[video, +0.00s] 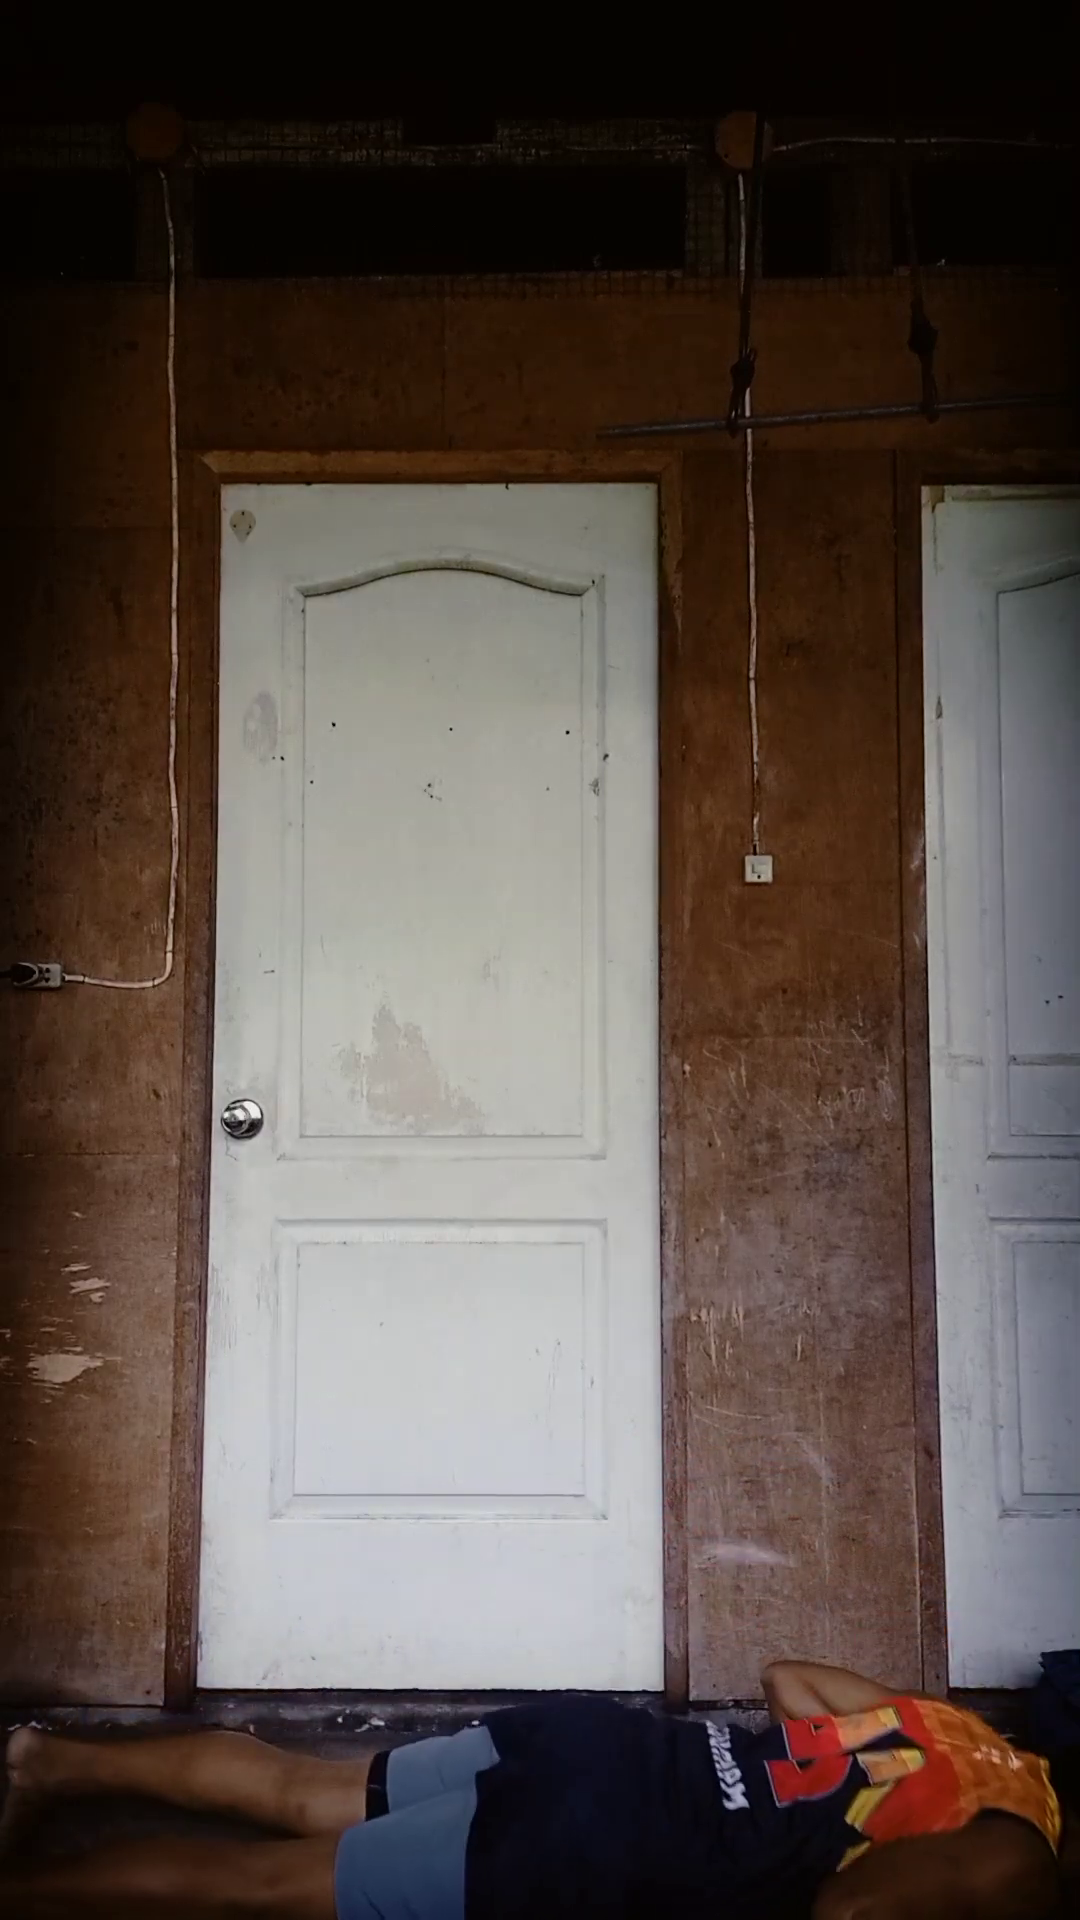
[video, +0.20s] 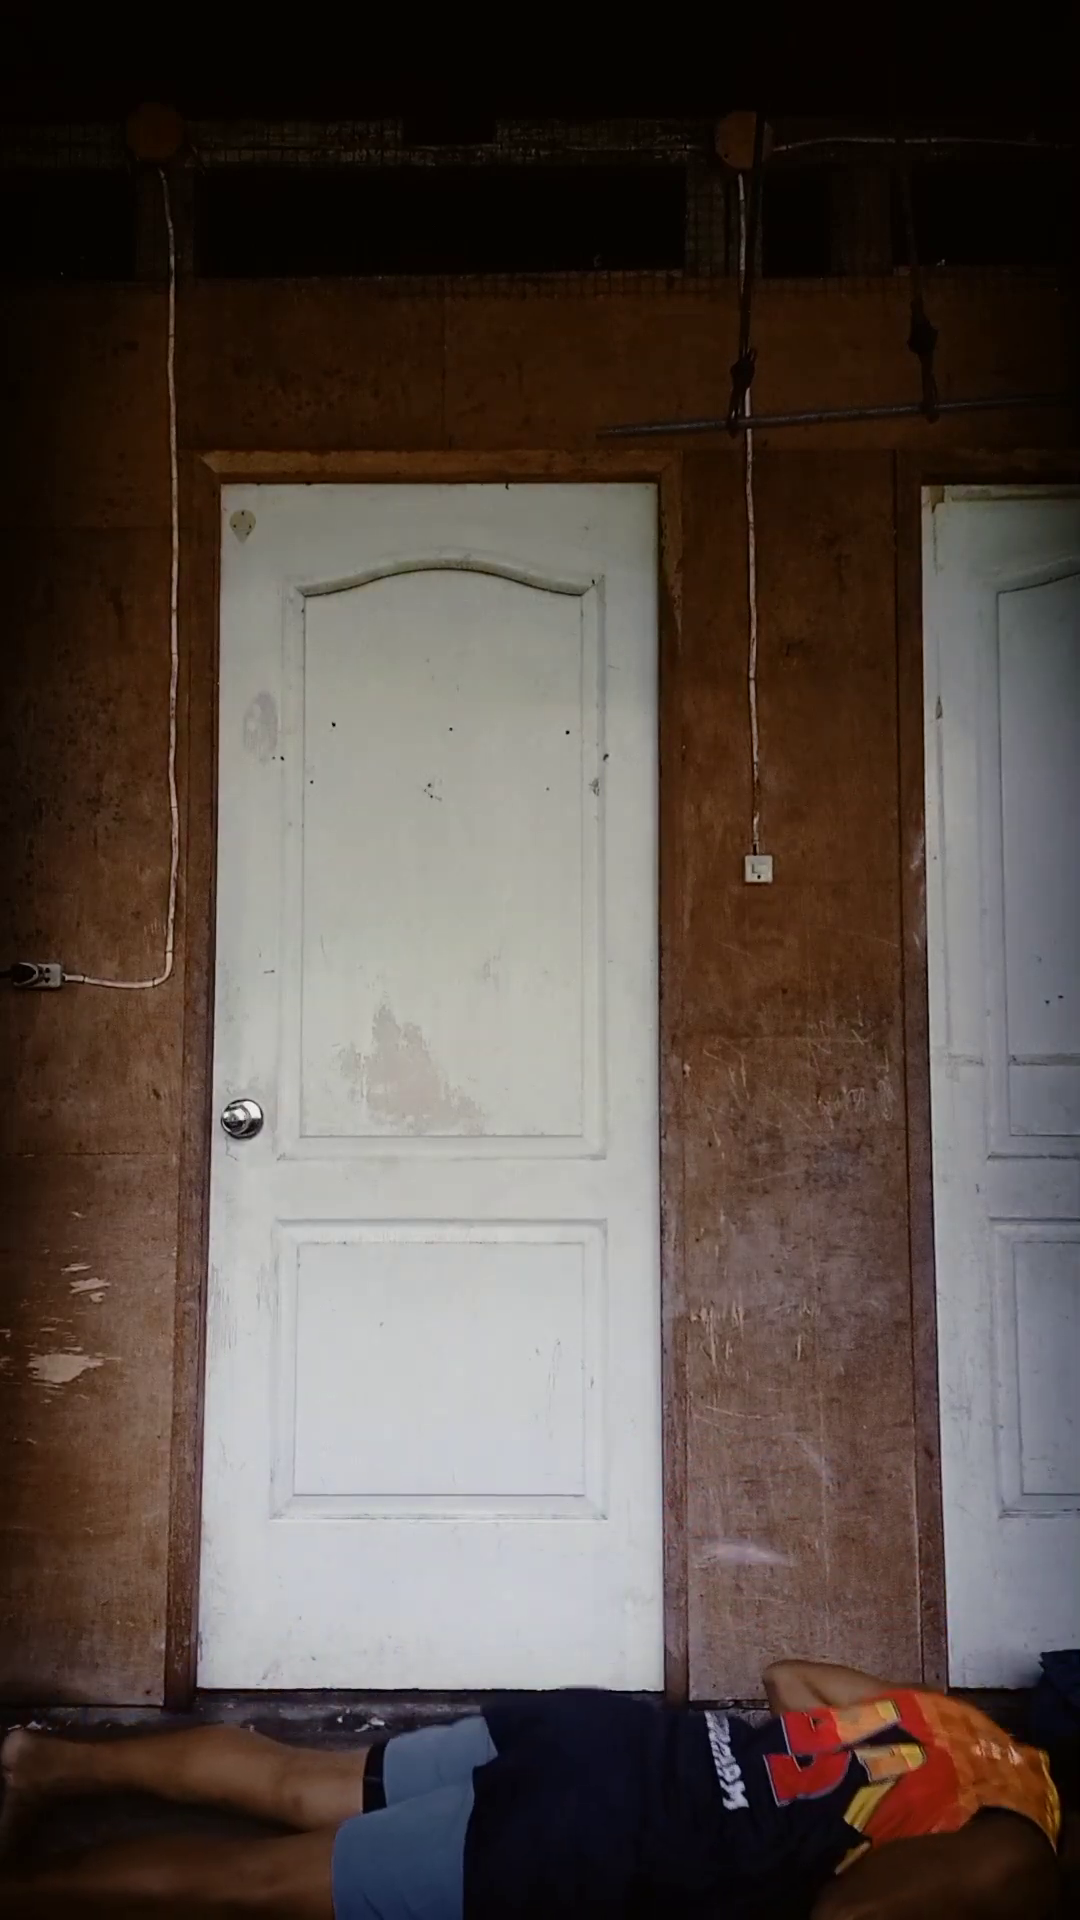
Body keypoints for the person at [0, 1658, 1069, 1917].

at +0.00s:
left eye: (1032, 1678)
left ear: (1037, 1693)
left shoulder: (955, 1728)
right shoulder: (1020, 1838)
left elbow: (801, 1683)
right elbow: (858, 1903)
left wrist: (887, 1766)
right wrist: (894, 1799)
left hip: (588, 1736)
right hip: (589, 1850)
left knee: (308, 1789)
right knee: (276, 1884)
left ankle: (50, 1756)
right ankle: (37, 1873)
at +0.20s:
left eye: (1033, 1683)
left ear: (1040, 1690)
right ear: (1076, 1758)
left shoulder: (957, 1719)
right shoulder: (1015, 1828)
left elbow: (799, 1684)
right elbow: (855, 1901)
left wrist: (873, 1770)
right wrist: (886, 1791)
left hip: (588, 1729)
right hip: (589, 1843)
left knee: (310, 1782)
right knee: (269, 1882)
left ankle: (53, 1757)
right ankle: (37, 1878)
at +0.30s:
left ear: (1046, 1682)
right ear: (1073, 1754)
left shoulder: (945, 1682)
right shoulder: (1002, 1807)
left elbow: (771, 1717)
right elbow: (850, 1901)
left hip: (586, 1703)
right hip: (577, 1834)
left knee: (301, 1761)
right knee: (260, 1868)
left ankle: (46, 1756)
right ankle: (34, 1873)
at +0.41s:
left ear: (1043, 1637)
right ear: (1079, 1714)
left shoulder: (924, 1622)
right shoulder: (992, 1766)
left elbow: (781, 1698)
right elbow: (845, 1897)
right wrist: (947, 1886)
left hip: (577, 1678)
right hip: (569, 1812)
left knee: (295, 1754)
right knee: (238, 1866)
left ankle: (42, 1761)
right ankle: (30, 1867)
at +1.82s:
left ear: (1042, 1652)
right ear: (1078, 1729)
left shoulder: (919, 1637)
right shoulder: (966, 1769)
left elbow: (772, 1711)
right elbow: (844, 1900)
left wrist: (910, 1842)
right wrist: (947, 1879)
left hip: (558, 1690)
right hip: (537, 1815)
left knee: (283, 1762)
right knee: (222, 1869)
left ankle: (26, 1759)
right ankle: (20, 1863)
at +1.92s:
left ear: (1033, 1684)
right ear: (1069, 1761)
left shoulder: (935, 1694)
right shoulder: (989, 1819)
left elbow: (764, 1721)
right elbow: (840, 1893)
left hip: (588, 1712)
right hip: (584, 1827)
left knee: (288, 1769)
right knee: (256, 1870)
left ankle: (26, 1754)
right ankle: (23, 1869)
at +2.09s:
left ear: (1024, 1777)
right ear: (1046, 1845)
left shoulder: (944, 1761)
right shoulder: (1002, 1861)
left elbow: (777, 1688)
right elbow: (838, 1904)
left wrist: (864, 1783)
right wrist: (892, 1810)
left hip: (584, 1748)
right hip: (582, 1864)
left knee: (298, 1792)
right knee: (236, 1882)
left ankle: (44, 1753)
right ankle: (35, 1877)